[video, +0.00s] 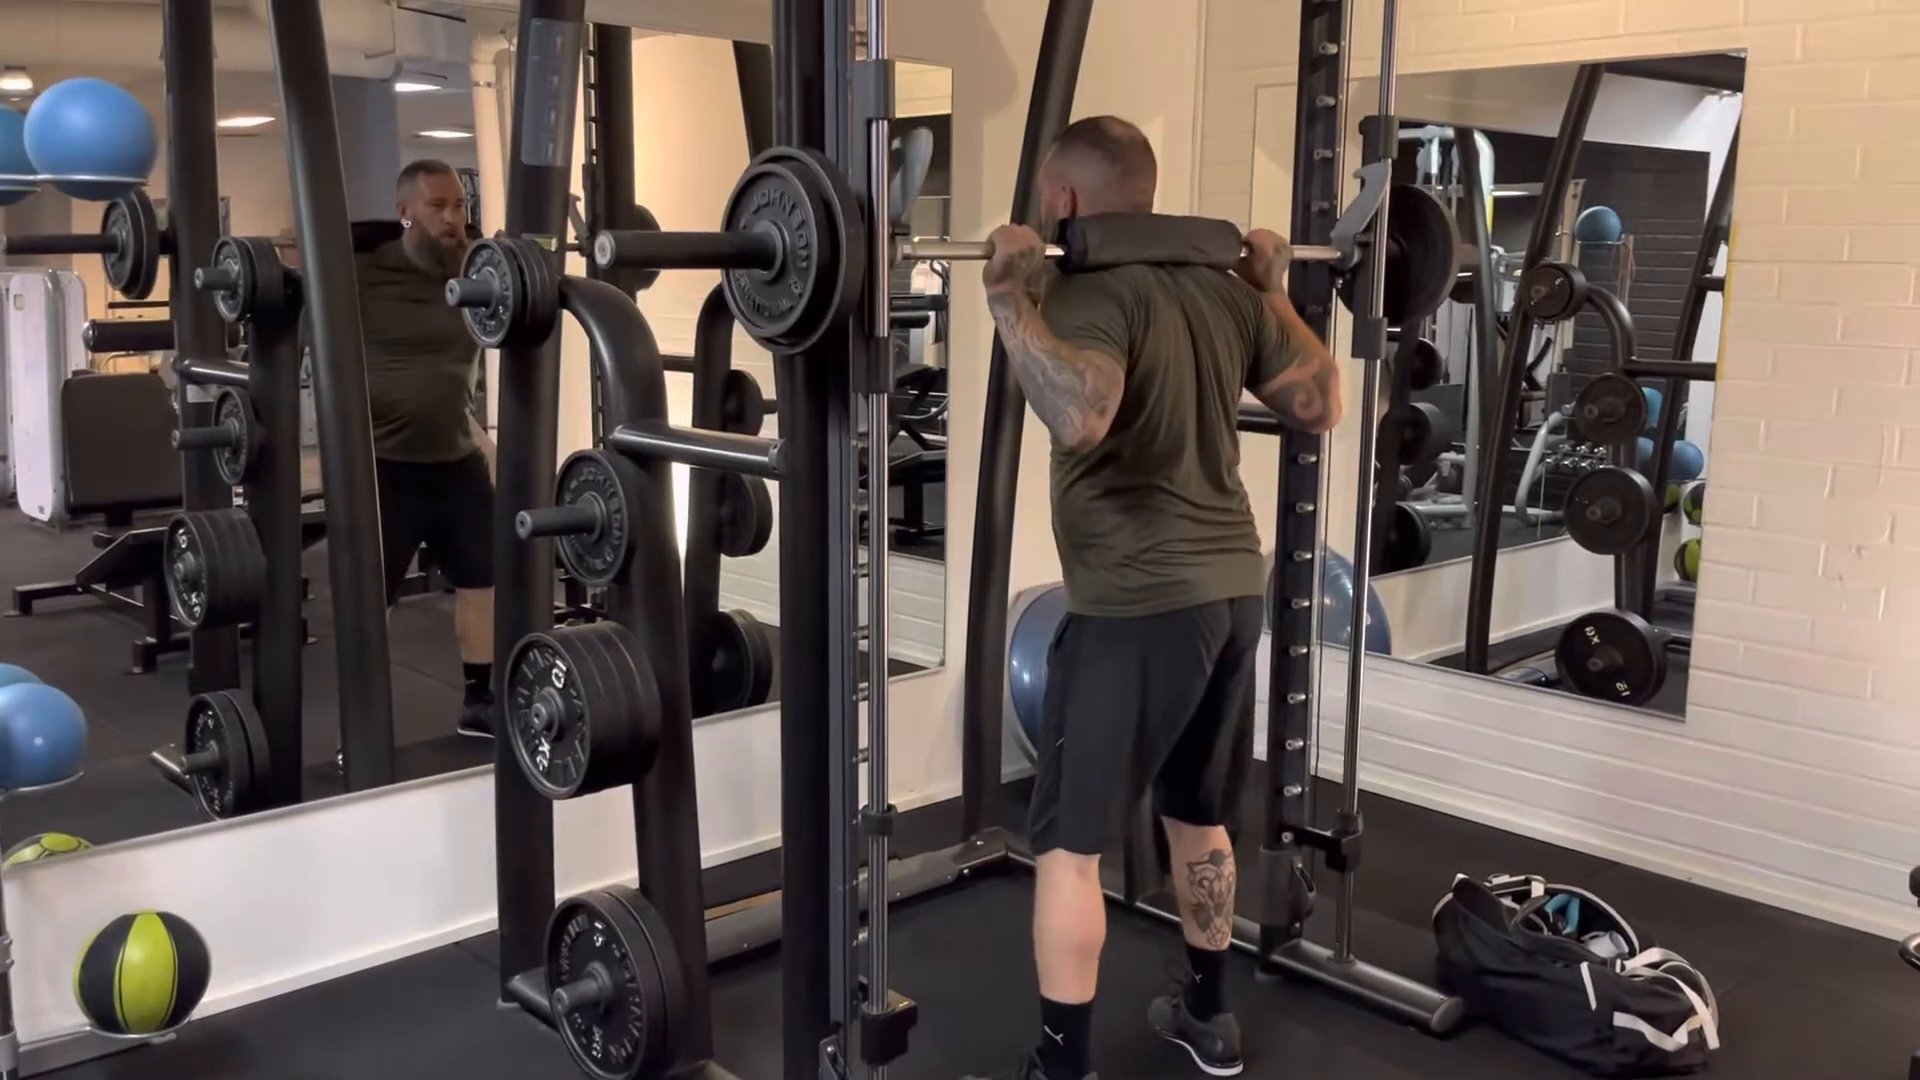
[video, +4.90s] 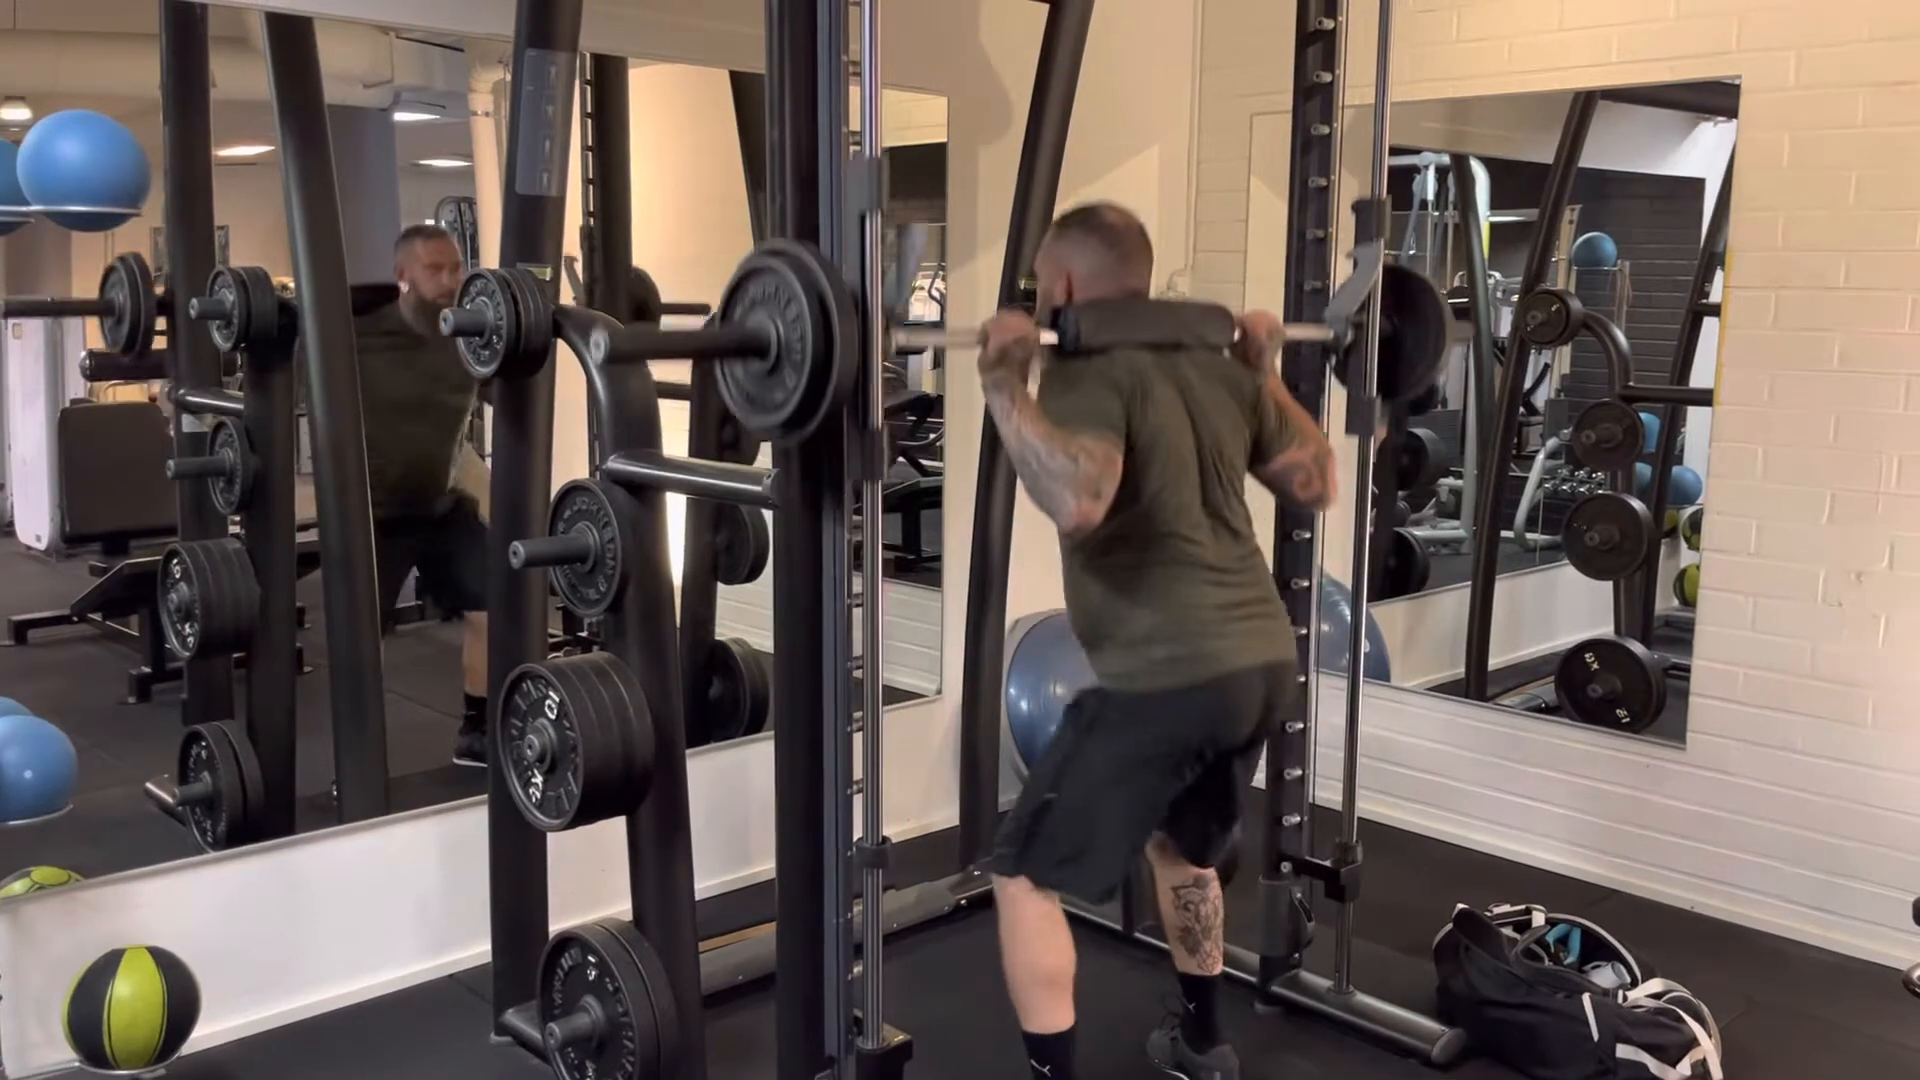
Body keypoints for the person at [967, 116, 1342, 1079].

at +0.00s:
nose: (1042, 214)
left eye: (1044, 199)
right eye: (1045, 200)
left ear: (1067, 195)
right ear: (1147, 191)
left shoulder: (1095, 283)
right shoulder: (1225, 281)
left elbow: (1081, 414)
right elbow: (1315, 402)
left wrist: (1009, 291)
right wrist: (1273, 293)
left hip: (1135, 604)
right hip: (1234, 592)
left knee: (1072, 840)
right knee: (1197, 806)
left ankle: (1061, 1065)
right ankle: (1209, 1016)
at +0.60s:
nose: (1039, 356)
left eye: (1043, 339)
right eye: (1038, 340)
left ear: (1069, 339)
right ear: (1136, 329)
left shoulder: (1099, 415)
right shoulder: (1227, 407)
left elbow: (1095, 541)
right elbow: (1333, 513)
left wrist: (1008, 434)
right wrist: (1271, 409)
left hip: (1183, 722)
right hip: (1284, 708)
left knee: (1001, 861)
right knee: (1184, 834)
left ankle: (1057, 1065)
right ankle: (1210, 1020)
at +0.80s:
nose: (1030, 457)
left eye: (1033, 442)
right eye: (1029, 442)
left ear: (1057, 453)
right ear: (1135, 439)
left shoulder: (1098, 531)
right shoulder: (1230, 519)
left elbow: (1094, 658)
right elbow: (1336, 614)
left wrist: (1009, 553)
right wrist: (1270, 512)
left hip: (1198, 830)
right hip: (1297, 817)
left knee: (977, 864)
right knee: (1148, 817)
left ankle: (1055, 1065)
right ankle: (1207, 1018)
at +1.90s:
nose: (1037, 330)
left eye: (1041, 314)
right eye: (1039, 314)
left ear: (1064, 315)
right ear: (1138, 310)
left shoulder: (1090, 399)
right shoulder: (1218, 393)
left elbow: (1079, 533)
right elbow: (1320, 504)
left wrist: (1005, 426)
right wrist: (1267, 401)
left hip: (1170, 706)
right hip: (1265, 693)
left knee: (1002, 858)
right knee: (1172, 832)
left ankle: (1052, 1066)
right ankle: (1201, 1022)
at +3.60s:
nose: (1029, 473)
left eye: (1031, 460)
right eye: (1027, 460)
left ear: (1051, 468)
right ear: (1128, 452)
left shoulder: (1092, 540)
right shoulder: (1221, 529)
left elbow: (1089, 668)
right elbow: (1329, 631)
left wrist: (1003, 563)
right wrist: (1264, 526)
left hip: (1197, 845)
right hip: (1294, 829)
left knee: (973, 884)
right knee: (1135, 830)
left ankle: (1043, 1069)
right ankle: (1200, 1036)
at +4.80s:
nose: (1037, 345)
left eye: (1040, 329)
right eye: (1039, 330)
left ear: (1063, 330)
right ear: (1139, 324)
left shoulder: (1092, 412)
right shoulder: (1218, 405)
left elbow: (1082, 543)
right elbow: (1320, 522)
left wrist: (1005, 435)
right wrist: (1267, 415)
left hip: (1183, 717)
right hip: (1278, 703)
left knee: (1010, 875)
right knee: (1177, 850)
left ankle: (1051, 1070)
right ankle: (1204, 1042)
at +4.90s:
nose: (1043, 301)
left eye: (1046, 286)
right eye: (1044, 287)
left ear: (1069, 284)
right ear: (1141, 277)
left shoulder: (1091, 369)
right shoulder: (1217, 360)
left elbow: (1079, 497)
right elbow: (1316, 482)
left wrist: (1008, 393)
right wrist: (1267, 372)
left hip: (1161, 680)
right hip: (1261, 667)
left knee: (1025, 871)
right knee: (1183, 840)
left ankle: (1052, 1070)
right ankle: (1202, 1041)